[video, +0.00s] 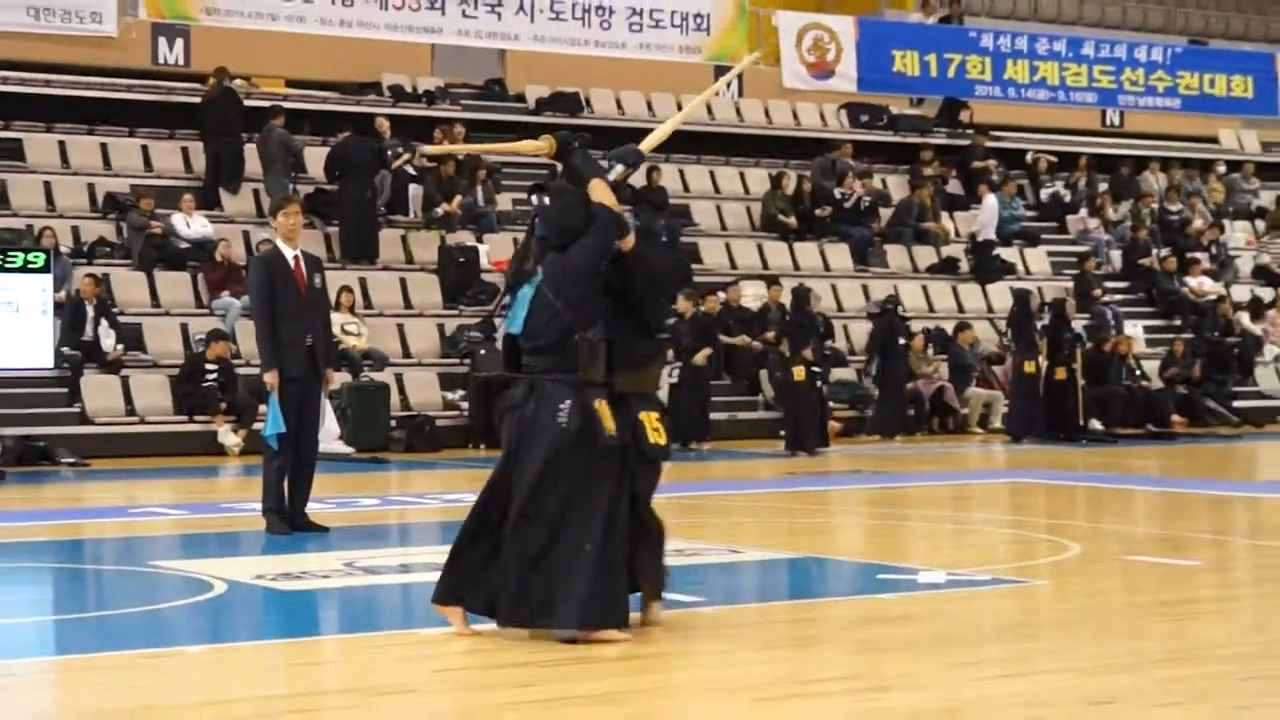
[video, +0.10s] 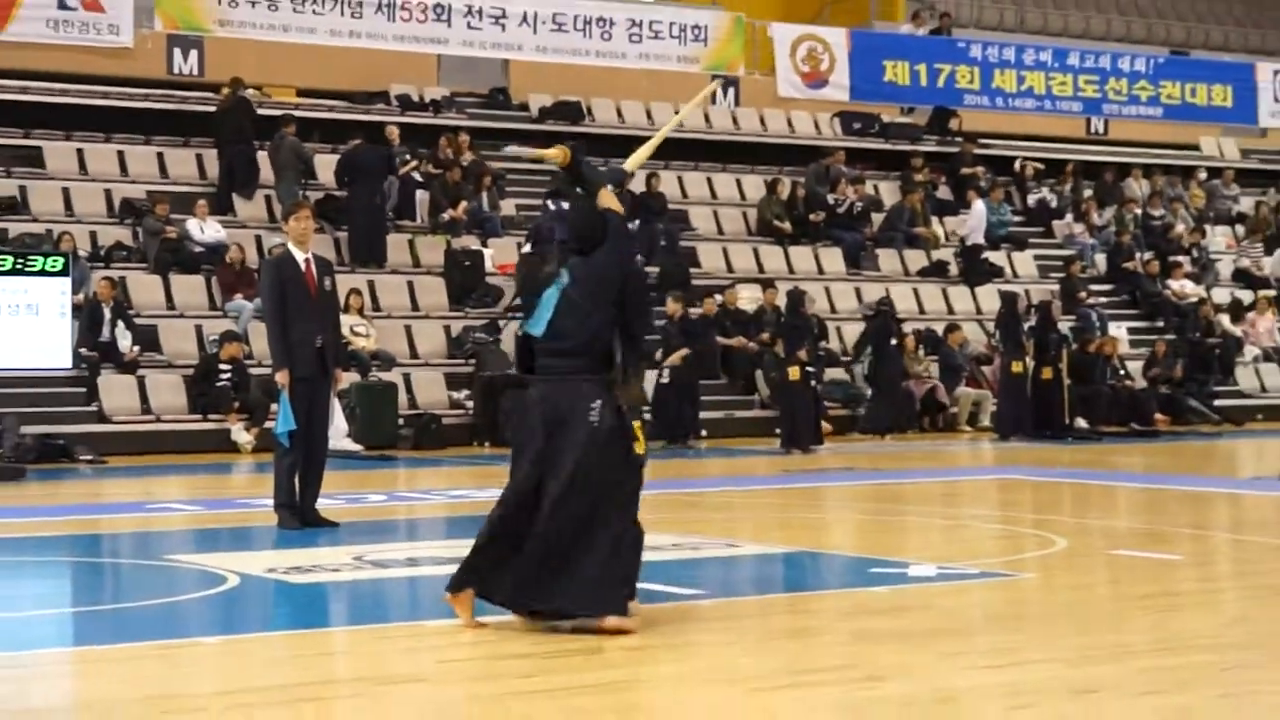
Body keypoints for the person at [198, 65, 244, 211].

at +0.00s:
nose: (228, 80)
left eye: (226, 77)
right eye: (228, 77)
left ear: (214, 78)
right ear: (227, 78)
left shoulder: (208, 95)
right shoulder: (231, 93)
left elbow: (203, 118)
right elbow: (241, 111)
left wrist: (205, 138)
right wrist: (239, 131)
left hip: (212, 138)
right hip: (230, 138)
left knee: (212, 172)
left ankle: (210, 204)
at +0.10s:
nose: (244, 90)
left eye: (242, 88)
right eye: (243, 88)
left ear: (230, 88)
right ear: (242, 88)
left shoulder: (223, 104)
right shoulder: (245, 103)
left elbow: (217, 126)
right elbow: (253, 122)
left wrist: (219, 145)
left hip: (226, 146)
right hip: (243, 146)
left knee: (225, 180)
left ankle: (224, 209)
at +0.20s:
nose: (254, 97)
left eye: (254, 95)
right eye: (253, 95)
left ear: (239, 94)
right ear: (251, 95)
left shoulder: (232, 109)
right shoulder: (253, 108)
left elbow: (227, 131)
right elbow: (263, 126)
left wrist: (228, 149)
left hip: (235, 151)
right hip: (252, 150)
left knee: (234, 184)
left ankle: (232, 213)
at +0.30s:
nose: (260, 101)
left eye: (260, 99)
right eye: (259, 99)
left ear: (246, 98)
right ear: (256, 98)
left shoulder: (237, 113)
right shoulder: (259, 112)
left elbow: (231, 133)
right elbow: (268, 131)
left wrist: (232, 149)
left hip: (239, 153)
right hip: (257, 153)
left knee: (237, 186)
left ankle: (234, 214)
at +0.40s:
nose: (266, 103)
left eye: (266, 100)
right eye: (265, 100)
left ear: (251, 99)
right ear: (260, 99)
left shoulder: (241, 113)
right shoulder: (262, 112)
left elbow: (235, 134)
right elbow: (270, 131)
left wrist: (236, 151)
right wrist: (273, 147)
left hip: (243, 155)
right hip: (261, 155)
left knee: (239, 186)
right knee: (273, 184)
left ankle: (235, 214)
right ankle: (278, 216)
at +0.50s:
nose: (270, 104)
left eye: (270, 101)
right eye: (270, 101)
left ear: (257, 99)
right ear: (265, 100)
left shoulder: (248, 113)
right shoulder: (266, 112)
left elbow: (244, 134)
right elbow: (275, 131)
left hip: (249, 154)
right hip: (265, 155)